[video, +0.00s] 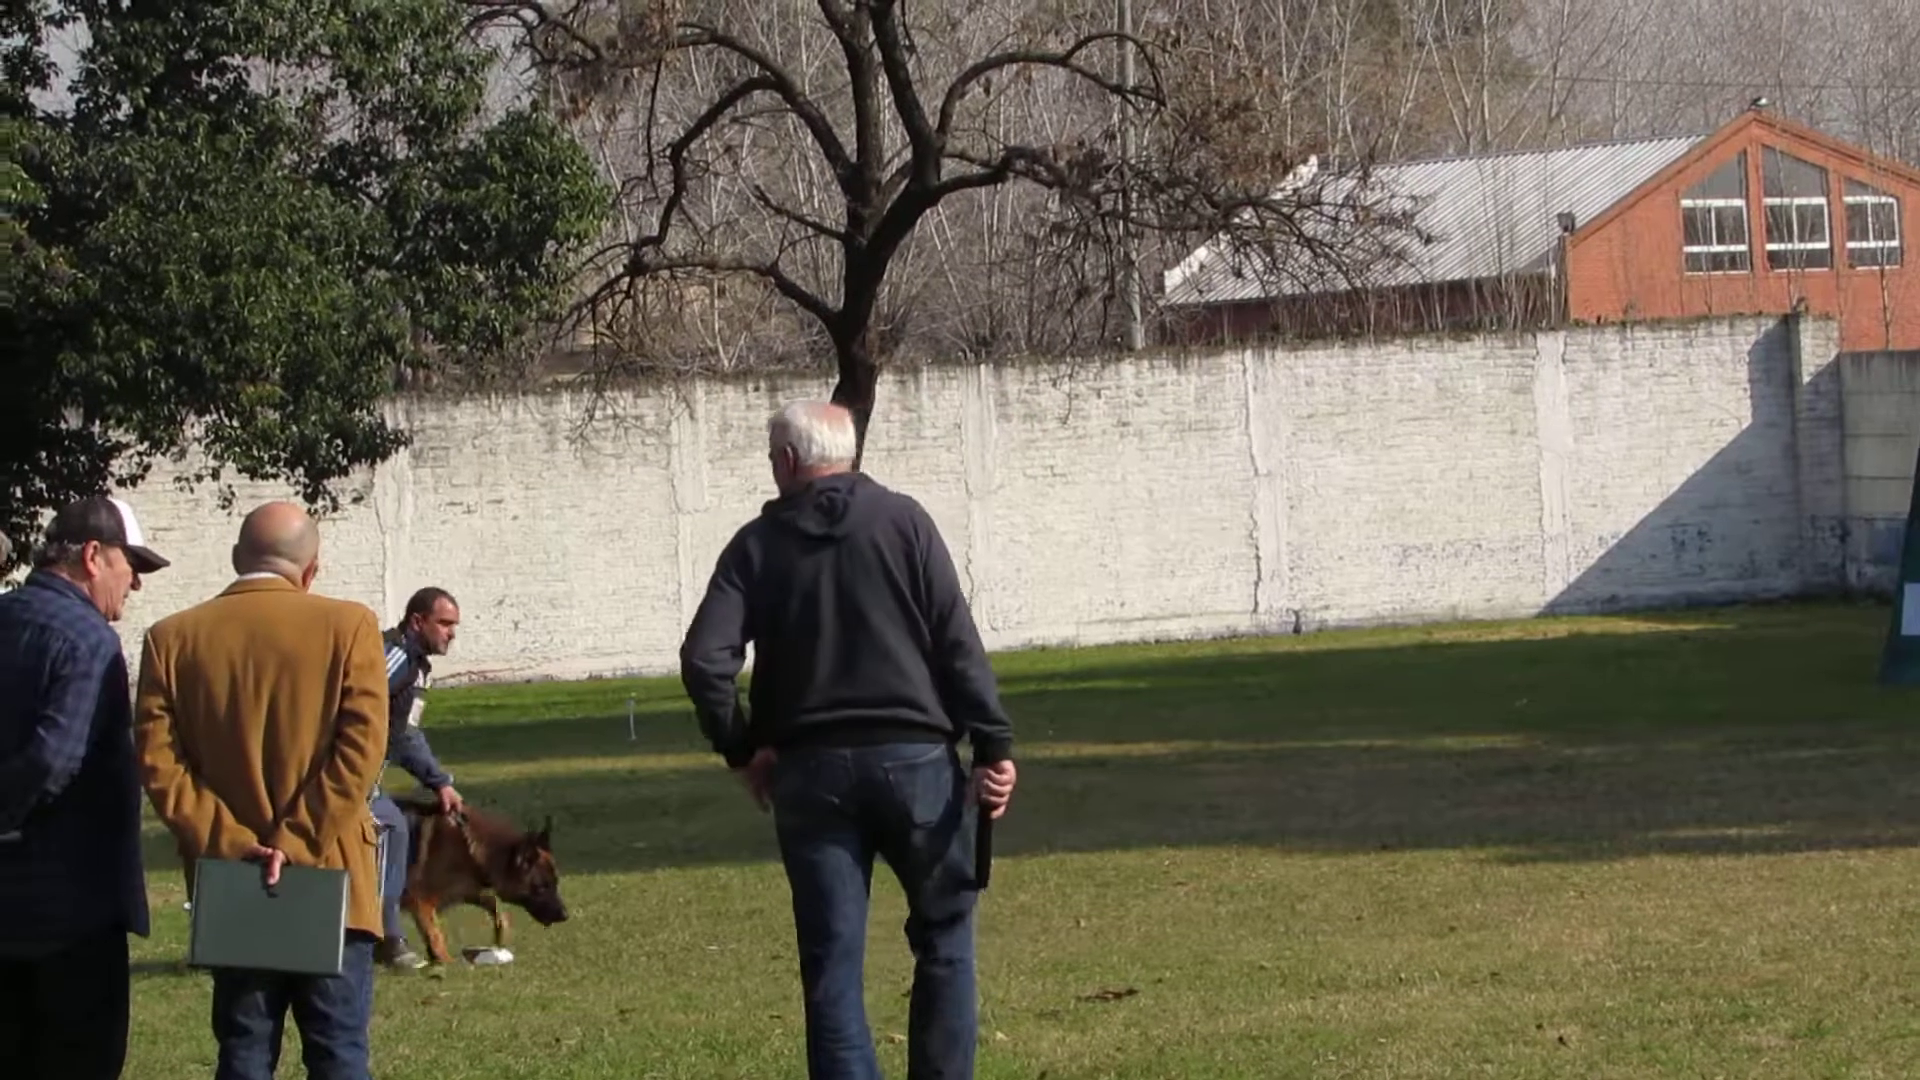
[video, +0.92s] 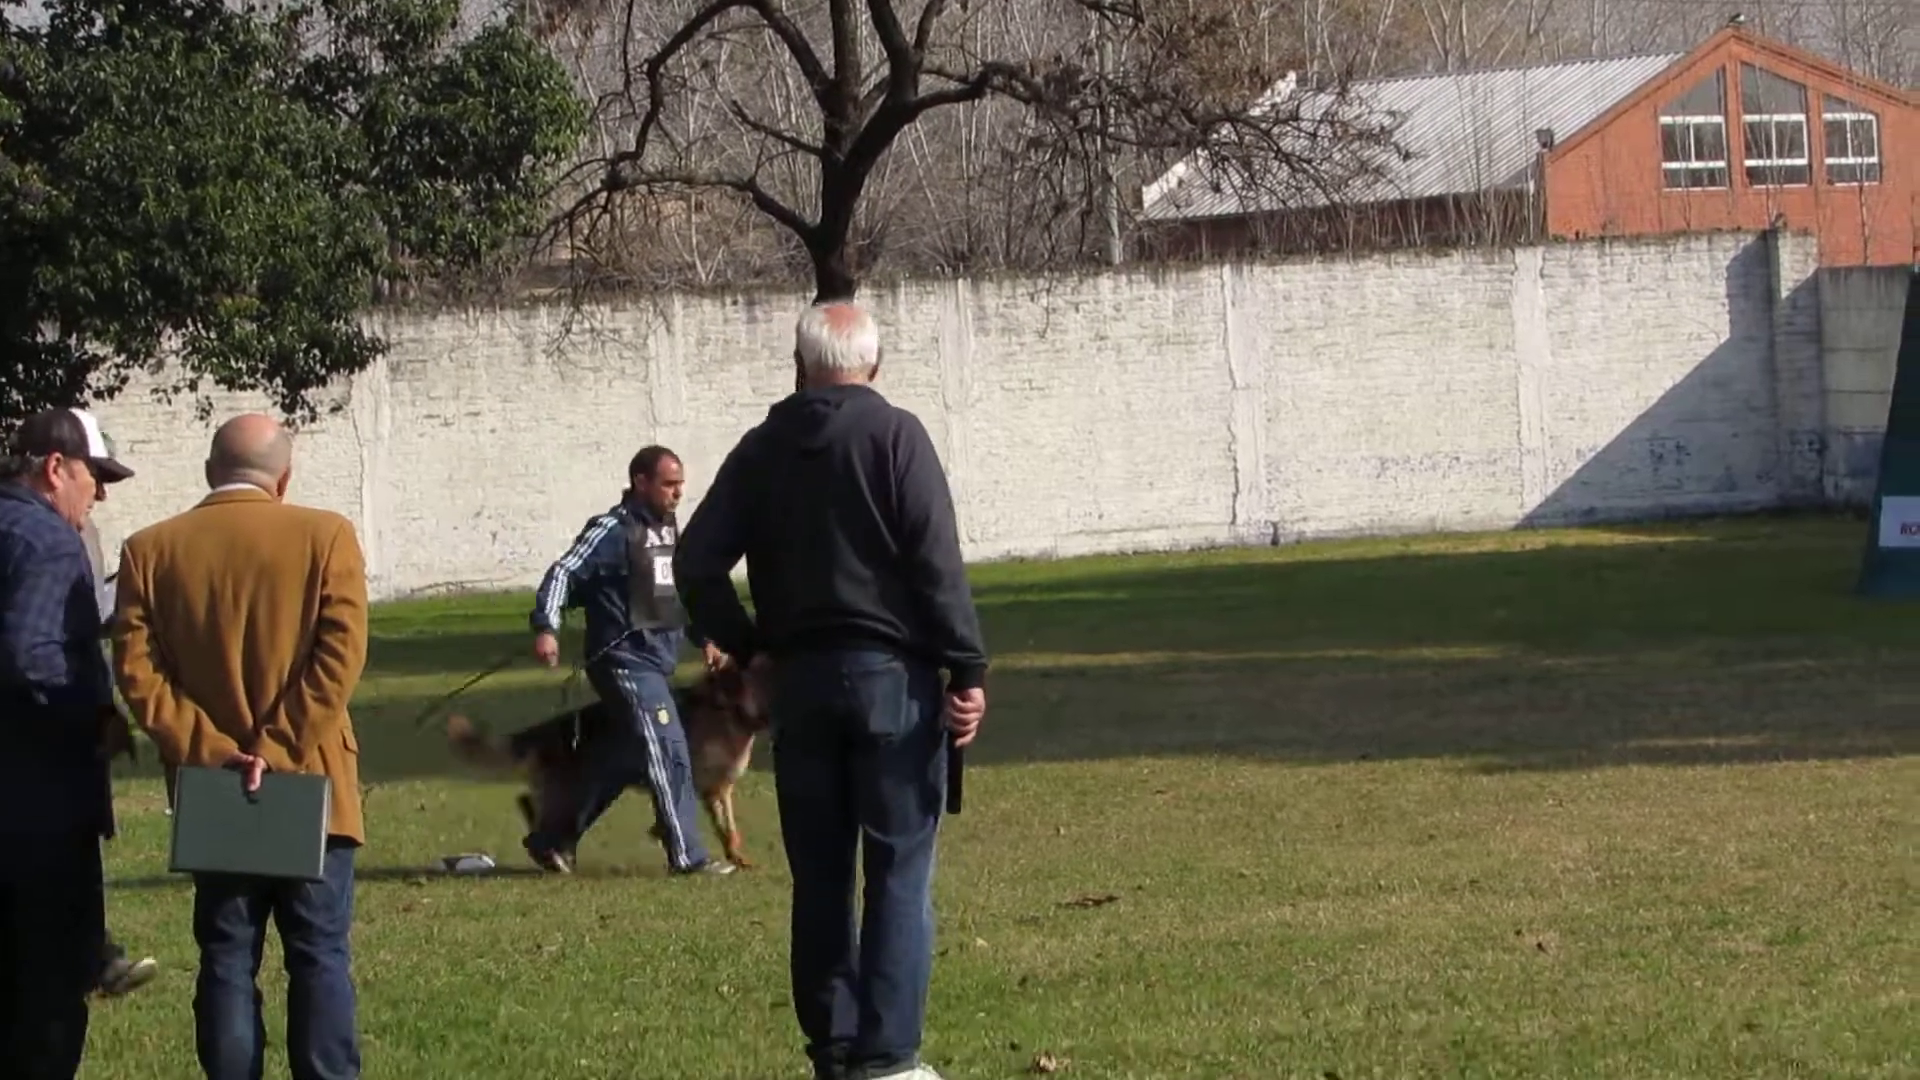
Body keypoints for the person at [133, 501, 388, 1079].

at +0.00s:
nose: (317, 570)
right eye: (316, 561)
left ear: (237, 558)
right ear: (308, 567)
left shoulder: (171, 638)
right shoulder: (350, 625)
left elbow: (159, 767)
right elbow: (361, 752)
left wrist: (236, 846)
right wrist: (293, 840)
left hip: (230, 896)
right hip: (335, 893)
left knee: (243, 1051)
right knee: (339, 1051)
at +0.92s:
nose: (291, 478)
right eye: (291, 470)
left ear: (210, 472)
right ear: (282, 476)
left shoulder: (149, 549)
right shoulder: (328, 535)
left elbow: (137, 676)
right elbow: (339, 659)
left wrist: (215, 752)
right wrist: (274, 747)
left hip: (210, 804)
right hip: (317, 799)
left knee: (225, 962)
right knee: (320, 960)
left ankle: (231, 1076)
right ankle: (327, 1074)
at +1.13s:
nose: (267, 374)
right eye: (266, 365)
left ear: (186, 368)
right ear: (262, 372)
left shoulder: (133, 448)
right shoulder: (309, 434)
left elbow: (118, 575)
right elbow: (319, 555)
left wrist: (189, 649)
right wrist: (260, 648)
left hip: (191, 702)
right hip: (295, 698)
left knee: (205, 859)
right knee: (300, 857)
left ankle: (213, 1037)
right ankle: (315, 1030)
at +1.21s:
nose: (237, 332)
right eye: (237, 323)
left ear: (156, 331)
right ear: (233, 332)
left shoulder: (109, 408)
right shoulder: (283, 393)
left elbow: (93, 536)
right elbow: (295, 515)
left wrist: (170, 608)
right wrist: (236, 609)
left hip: (167, 661)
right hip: (270, 657)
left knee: (180, 819)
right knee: (275, 817)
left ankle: (189, 997)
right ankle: (290, 990)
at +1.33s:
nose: (188, 291)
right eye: (187, 282)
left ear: (107, 291)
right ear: (184, 291)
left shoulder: (60, 370)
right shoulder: (237, 352)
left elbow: (47, 498)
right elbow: (250, 475)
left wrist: (128, 571)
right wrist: (192, 568)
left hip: (121, 620)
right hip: (225, 616)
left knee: (135, 776)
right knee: (230, 775)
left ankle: (143, 958)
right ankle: (244, 950)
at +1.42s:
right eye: (158, 262)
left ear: (76, 274)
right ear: (154, 272)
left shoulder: (27, 355)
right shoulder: (207, 333)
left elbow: (18, 482)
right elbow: (222, 454)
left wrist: (89, 549)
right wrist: (165, 547)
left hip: (90, 604)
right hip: (196, 598)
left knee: (105, 763)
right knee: (200, 760)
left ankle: (114, 941)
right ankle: (215, 934)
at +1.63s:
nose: (69, 233)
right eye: (70, 225)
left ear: (0, 233)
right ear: (65, 235)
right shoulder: (118, 297)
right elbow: (137, 419)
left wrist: (22, 520)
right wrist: (77, 508)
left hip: (9, 564)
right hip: (105, 562)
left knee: (18, 730)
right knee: (111, 725)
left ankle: (24, 908)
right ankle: (126, 899)